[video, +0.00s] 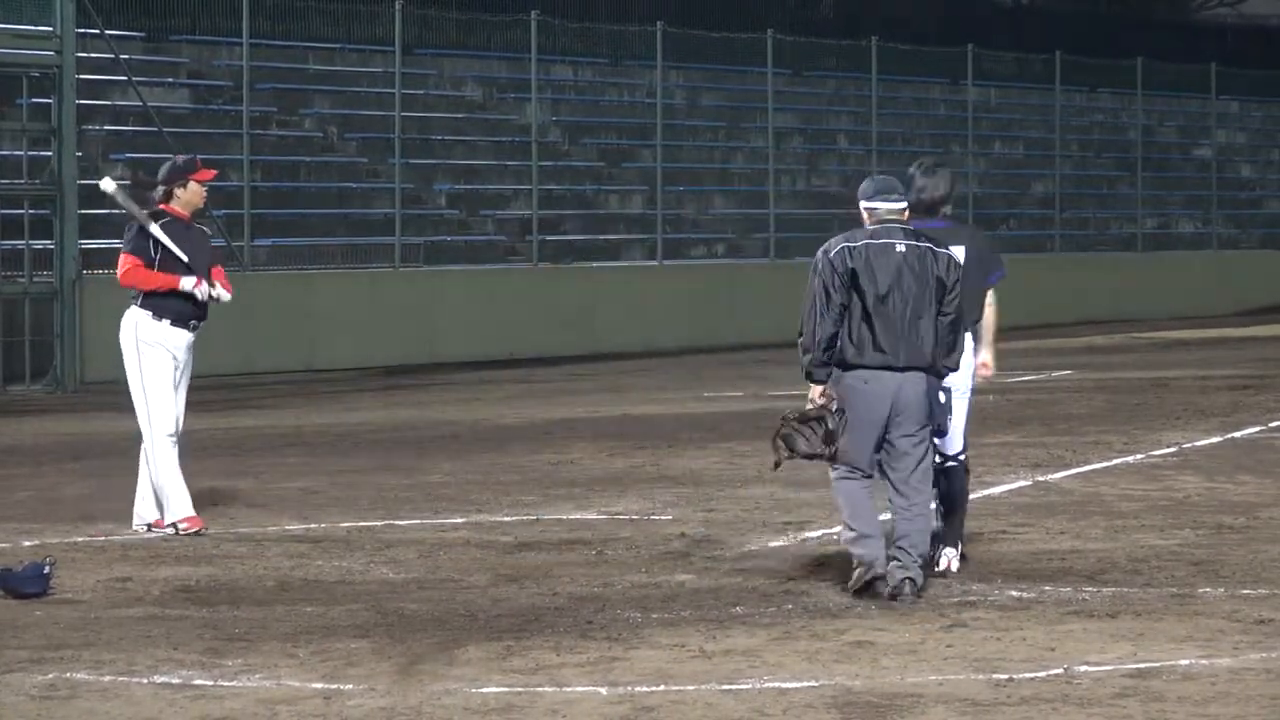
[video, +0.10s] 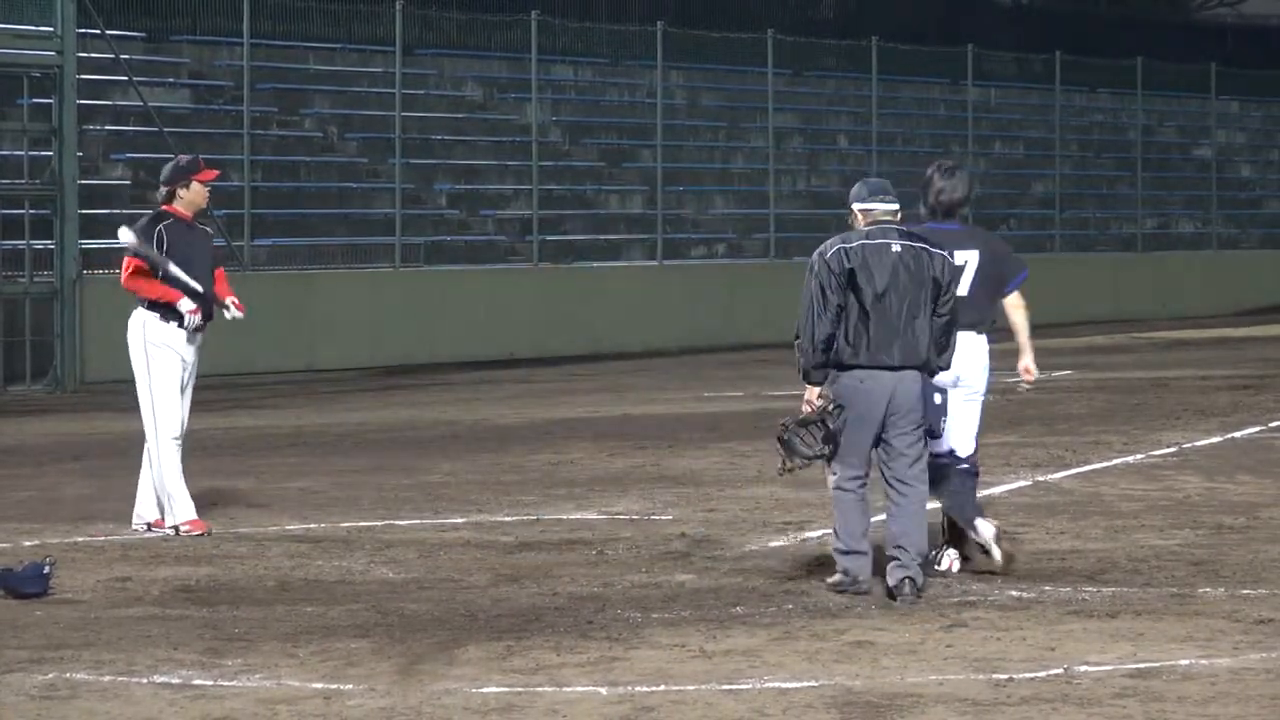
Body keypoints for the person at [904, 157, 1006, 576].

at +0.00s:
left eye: (913, 194)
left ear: (910, 197)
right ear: (948, 196)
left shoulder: (896, 241)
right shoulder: (973, 240)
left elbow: (884, 302)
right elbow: (988, 299)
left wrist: (886, 348)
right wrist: (986, 350)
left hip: (906, 356)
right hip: (957, 355)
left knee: (914, 449)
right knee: (952, 450)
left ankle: (919, 538)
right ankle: (951, 543)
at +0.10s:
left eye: (930, 192)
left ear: (926, 197)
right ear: (966, 198)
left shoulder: (910, 241)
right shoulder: (988, 244)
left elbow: (896, 300)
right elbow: (1014, 299)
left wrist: (894, 346)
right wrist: (1025, 350)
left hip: (923, 346)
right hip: (973, 348)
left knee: (932, 448)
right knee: (963, 449)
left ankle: (973, 522)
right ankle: (953, 545)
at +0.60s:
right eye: (1013, 202)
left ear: (972, 206)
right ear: (1012, 207)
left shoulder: (954, 251)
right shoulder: (1036, 247)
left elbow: (959, 320)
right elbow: (1054, 308)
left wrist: (990, 333)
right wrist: (1070, 366)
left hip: (981, 358)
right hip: (1027, 355)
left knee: (1003, 456)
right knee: (998, 451)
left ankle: (1032, 554)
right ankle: (977, 546)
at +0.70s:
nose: (1019, 211)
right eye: (1017, 204)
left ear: (974, 207)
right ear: (1014, 208)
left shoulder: (955, 252)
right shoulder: (1037, 248)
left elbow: (962, 321)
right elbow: (1058, 309)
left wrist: (987, 345)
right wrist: (1078, 366)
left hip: (982, 358)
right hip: (1028, 356)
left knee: (1003, 458)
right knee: (998, 451)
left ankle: (1033, 555)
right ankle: (978, 546)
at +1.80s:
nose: (893, 207)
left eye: (898, 200)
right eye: (891, 200)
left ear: (921, 198)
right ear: (915, 199)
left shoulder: (939, 236)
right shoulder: (924, 236)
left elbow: (935, 299)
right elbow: (917, 300)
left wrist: (915, 360)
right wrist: (907, 355)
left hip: (937, 346)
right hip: (921, 343)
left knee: (929, 455)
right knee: (922, 452)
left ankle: (1004, 533)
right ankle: (936, 550)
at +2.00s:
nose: (879, 214)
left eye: (885, 205)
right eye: (876, 206)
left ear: (908, 203)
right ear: (884, 208)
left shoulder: (936, 243)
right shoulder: (894, 248)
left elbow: (956, 308)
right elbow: (884, 315)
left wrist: (952, 371)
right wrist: (884, 372)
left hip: (933, 353)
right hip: (901, 355)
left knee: (926, 453)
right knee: (915, 454)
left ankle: (967, 544)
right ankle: (933, 548)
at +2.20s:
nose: (869, 220)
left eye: (876, 212)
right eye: (866, 213)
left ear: (900, 210)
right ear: (867, 215)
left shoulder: (937, 249)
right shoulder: (869, 259)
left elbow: (967, 313)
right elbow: (861, 319)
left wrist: (986, 377)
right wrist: (857, 380)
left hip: (936, 359)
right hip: (894, 363)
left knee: (928, 454)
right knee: (912, 460)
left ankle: (945, 554)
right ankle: (933, 549)